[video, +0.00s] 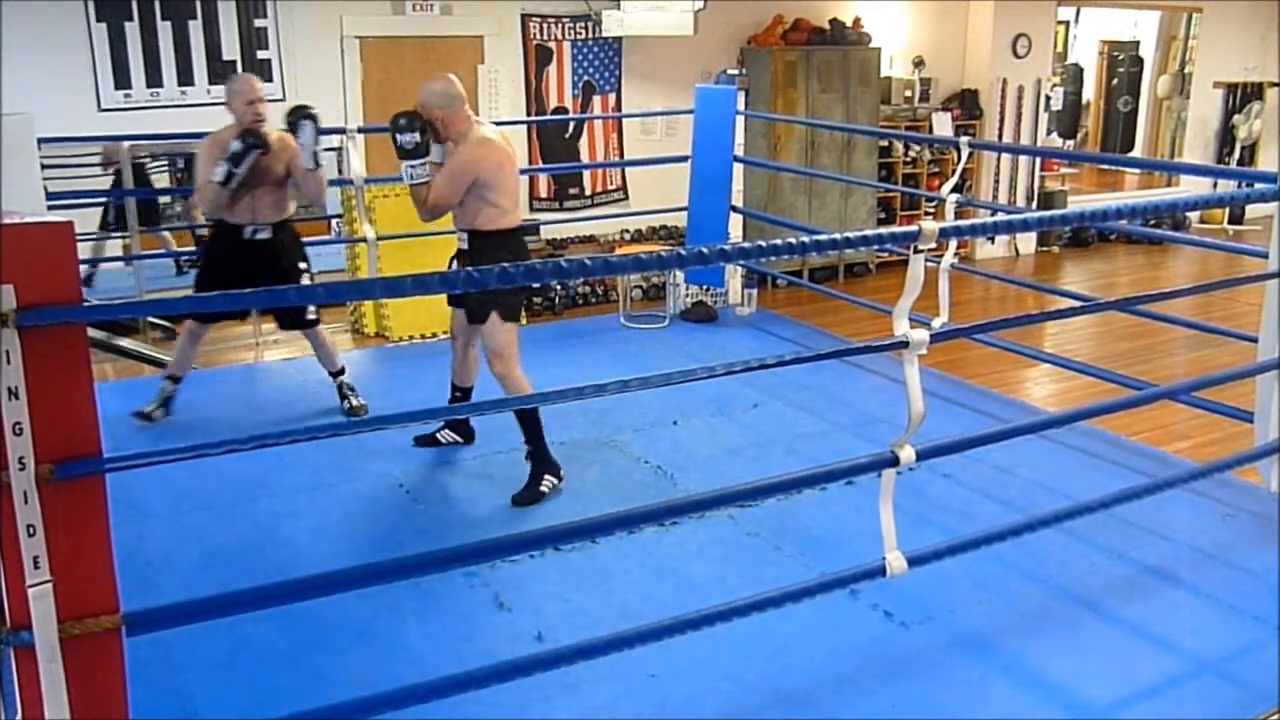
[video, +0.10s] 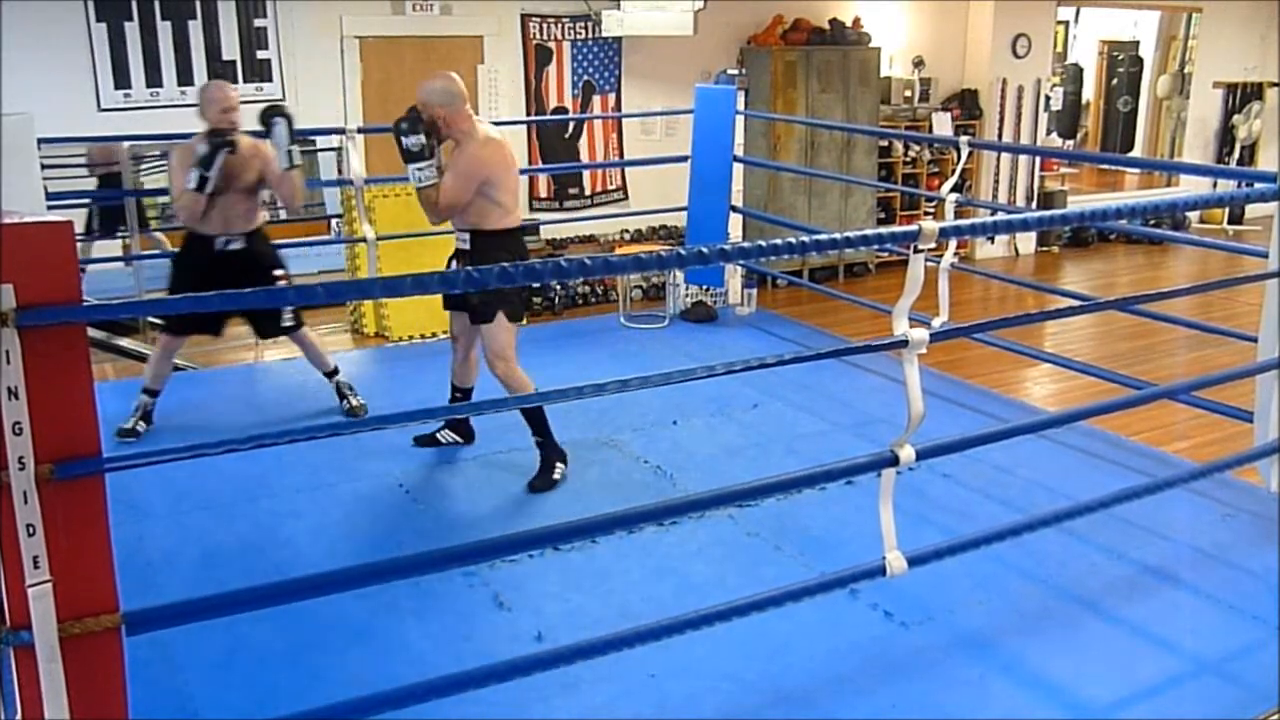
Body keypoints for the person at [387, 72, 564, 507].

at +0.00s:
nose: (429, 127)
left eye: (430, 119)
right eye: (427, 120)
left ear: (447, 116)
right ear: (460, 109)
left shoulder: (473, 150)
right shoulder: (480, 137)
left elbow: (428, 209)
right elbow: (434, 200)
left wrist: (418, 166)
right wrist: (428, 162)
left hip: (496, 252)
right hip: (479, 249)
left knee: (502, 363)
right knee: (462, 339)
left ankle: (544, 463)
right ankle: (458, 421)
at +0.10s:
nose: (423, 120)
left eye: (425, 113)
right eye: (422, 113)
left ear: (445, 113)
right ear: (456, 108)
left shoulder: (478, 150)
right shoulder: (465, 144)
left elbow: (437, 210)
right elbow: (440, 203)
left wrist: (421, 164)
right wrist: (427, 158)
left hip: (497, 254)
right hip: (471, 250)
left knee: (501, 362)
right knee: (463, 343)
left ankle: (551, 451)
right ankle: (458, 422)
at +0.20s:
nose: (426, 125)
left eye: (429, 117)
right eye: (425, 118)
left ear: (450, 117)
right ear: (455, 115)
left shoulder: (485, 153)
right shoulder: (463, 149)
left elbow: (443, 214)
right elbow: (443, 208)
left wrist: (424, 165)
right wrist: (427, 163)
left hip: (502, 258)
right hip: (472, 254)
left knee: (509, 365)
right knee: (463, 344)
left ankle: (549, 454)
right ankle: (459, 423)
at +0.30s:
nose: (429, 121)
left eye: (432, 114)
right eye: (429, 114)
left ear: (454, 113)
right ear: (459, 112)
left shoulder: (486, 150)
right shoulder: (463, 146)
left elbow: (440, 209)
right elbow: (438, 204)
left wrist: (424, 160)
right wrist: (426, 159)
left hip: (506, 257)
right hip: (476, 254)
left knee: (519, 359)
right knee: (468, 344)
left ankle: (554, 454)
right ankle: (459, 421)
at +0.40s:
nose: (429, 118)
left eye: (433, 111)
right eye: (428, 111)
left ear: (456, 109)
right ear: (458, 109)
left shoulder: (485, 149)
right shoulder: (463, 145)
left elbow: (435, 207)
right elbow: (436, 199)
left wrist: (422, 157)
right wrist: (425, 156)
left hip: (506, 257)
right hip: (473, 254)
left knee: (518, 358)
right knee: (450, 334)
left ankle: (554, 452)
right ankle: (461, 419)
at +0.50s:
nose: (426, 121)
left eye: (431, 113)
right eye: (425, 113)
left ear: (454, 113)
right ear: (458, 113)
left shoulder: (480, 154)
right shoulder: (464, 147)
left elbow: (428, 209)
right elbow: (432, 200)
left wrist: (418, 159)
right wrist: (422, 157)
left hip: (496, 262)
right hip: (465, 258)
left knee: (513, 363)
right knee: (421, 332)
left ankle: (554, 454)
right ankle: (443, 414)